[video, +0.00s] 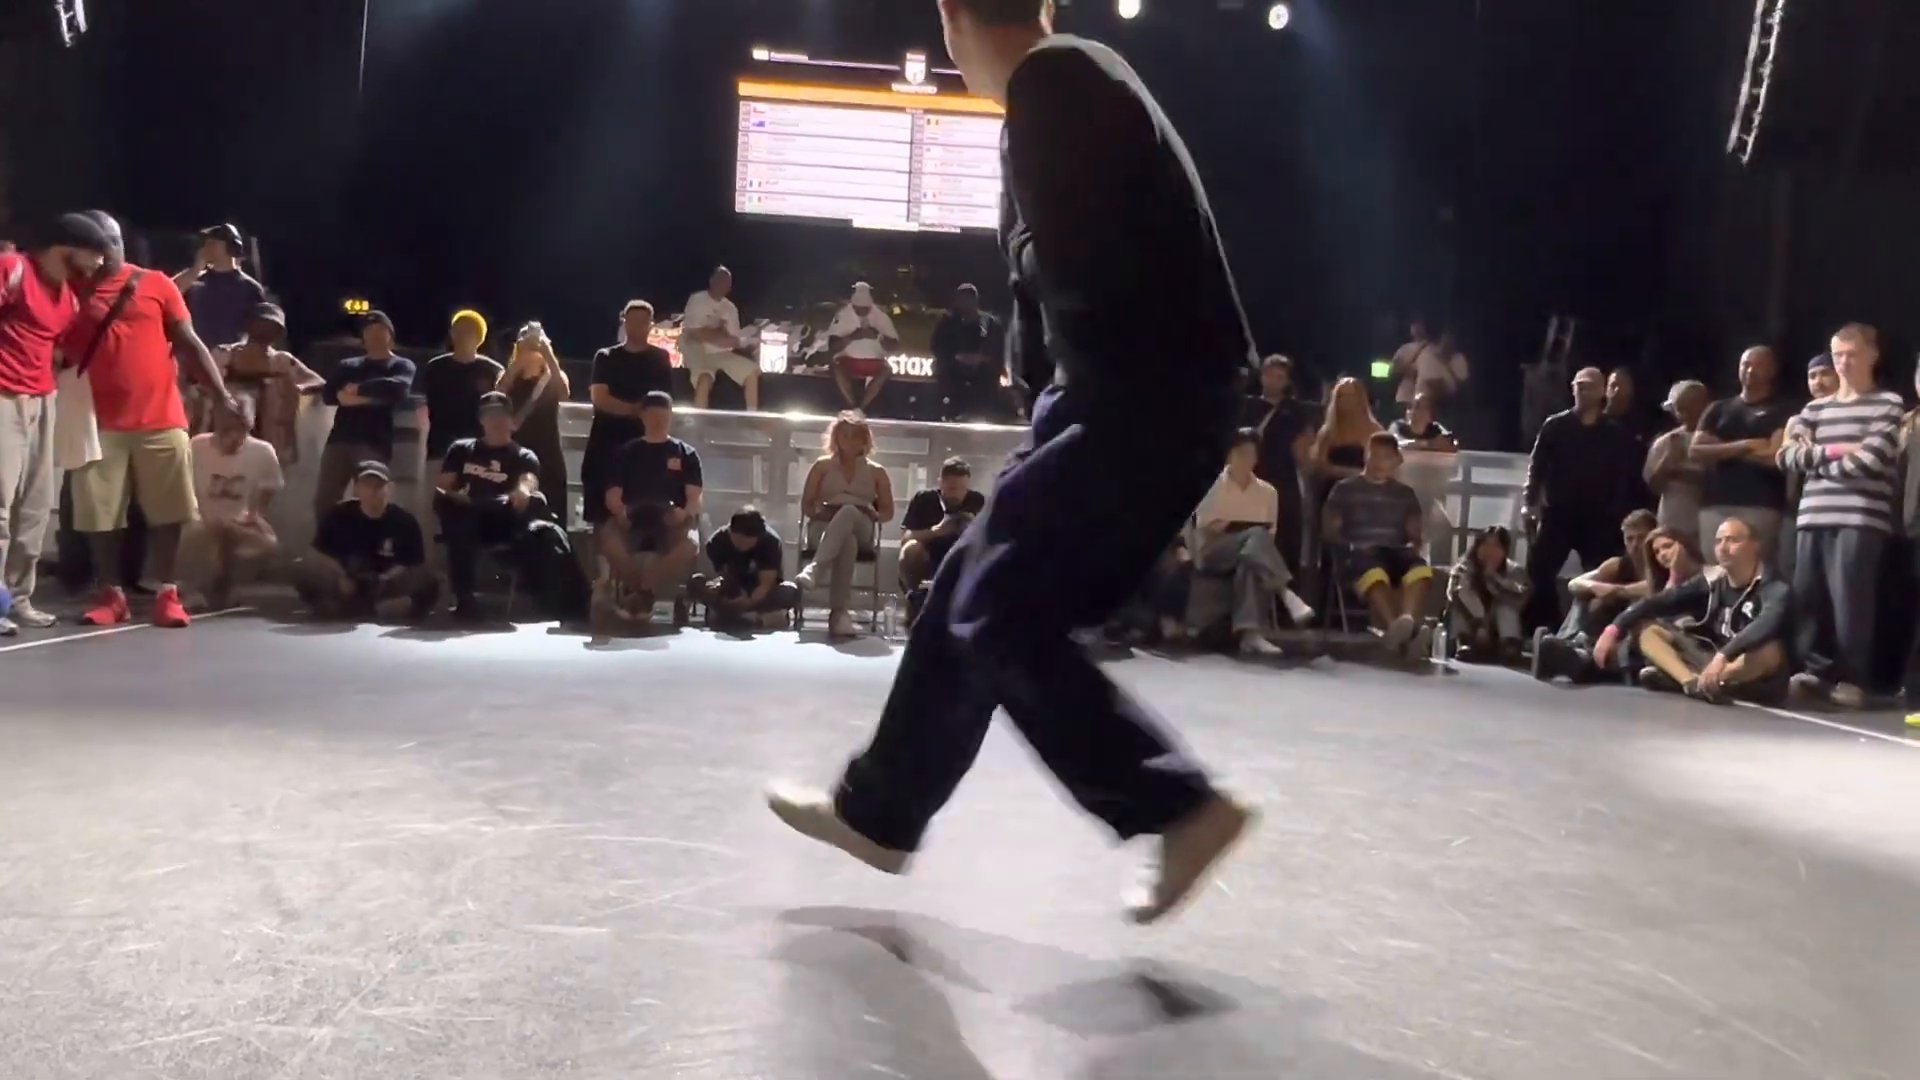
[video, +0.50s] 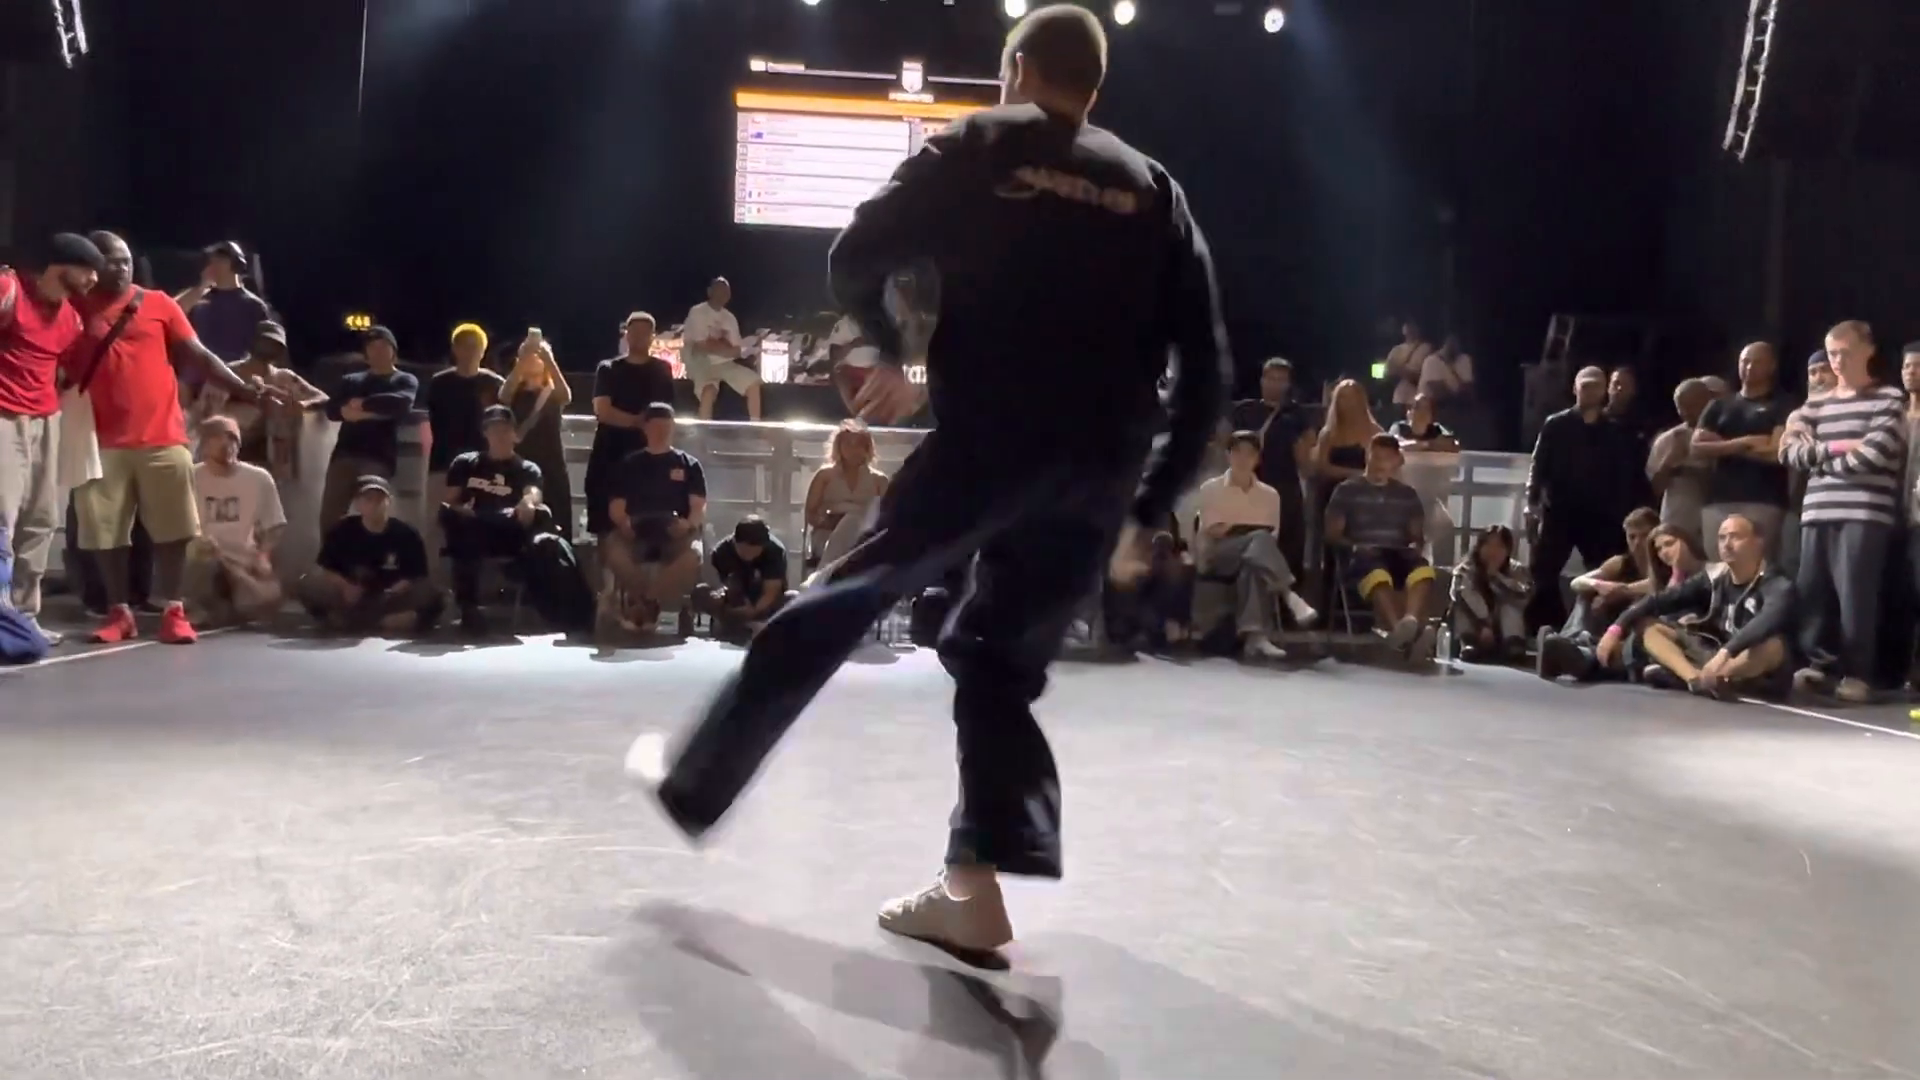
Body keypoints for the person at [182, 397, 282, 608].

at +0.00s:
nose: (232, 438)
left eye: (238, 430)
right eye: (225, 430)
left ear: (248, 428)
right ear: (216, 426)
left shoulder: (263, 452)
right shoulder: (196, 446)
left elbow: (269, 488)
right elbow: (185, 482)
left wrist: (254, 514)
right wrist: (199, 515)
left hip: (241, 520)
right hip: (204, 518)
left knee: (267, 544)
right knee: (189, 538)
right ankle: (187, 591)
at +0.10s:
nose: (230, 439)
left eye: (237, 433)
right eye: (225, 432)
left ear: (243, 433)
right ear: (210, 431)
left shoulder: (258, 459)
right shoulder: (189, 455)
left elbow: (261, 500)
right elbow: (183, 501)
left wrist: (246, 524)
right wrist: (207, 519)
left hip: (238, 532)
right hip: (201, 530)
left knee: (265, 544)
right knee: (192, 529)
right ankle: (185, 587)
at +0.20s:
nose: (229, 443)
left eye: (235, 437)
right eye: (224, 435)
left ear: (240, 439)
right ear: (208, 434)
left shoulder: (256, 467)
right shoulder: (185, 463)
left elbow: (260, 522)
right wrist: (204, 526)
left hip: (237, 546)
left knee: (268, 554)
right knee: (197, 532)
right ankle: (186, 588)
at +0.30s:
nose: (223, 448)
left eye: (229, 441)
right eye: (216, 441)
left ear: (236, 441)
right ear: (204, 438)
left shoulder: (257, 470)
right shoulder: (187, 466)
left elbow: (264, 519)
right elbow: (183, 513)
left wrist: (253, 541)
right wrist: (204, 528)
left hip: (241, 544)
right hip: (201, 542)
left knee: (269, 566)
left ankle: (221, 586)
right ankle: (189, 595)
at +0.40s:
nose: (224, 446)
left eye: (229, 439)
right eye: (217, 439)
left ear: (236, 441)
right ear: (204, 439)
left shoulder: (258, 472)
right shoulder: (189, 469)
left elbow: (266, 524)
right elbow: (186, 520)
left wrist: (259, 545)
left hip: (242, 549)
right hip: (204, 547)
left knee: (270, 579)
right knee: (197, 539)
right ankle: (193, 601)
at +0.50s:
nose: (228, 447)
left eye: (232, 440)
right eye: (220, 440)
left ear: (238, 444)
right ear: (205, 444)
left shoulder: (259, 479)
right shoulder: (191, 477)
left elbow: (275, 527)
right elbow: (186, 524)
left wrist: (263, 554)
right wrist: (201, 542)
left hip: (244, 560)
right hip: (206, 558)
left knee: (268, 598)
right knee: (199, 548)